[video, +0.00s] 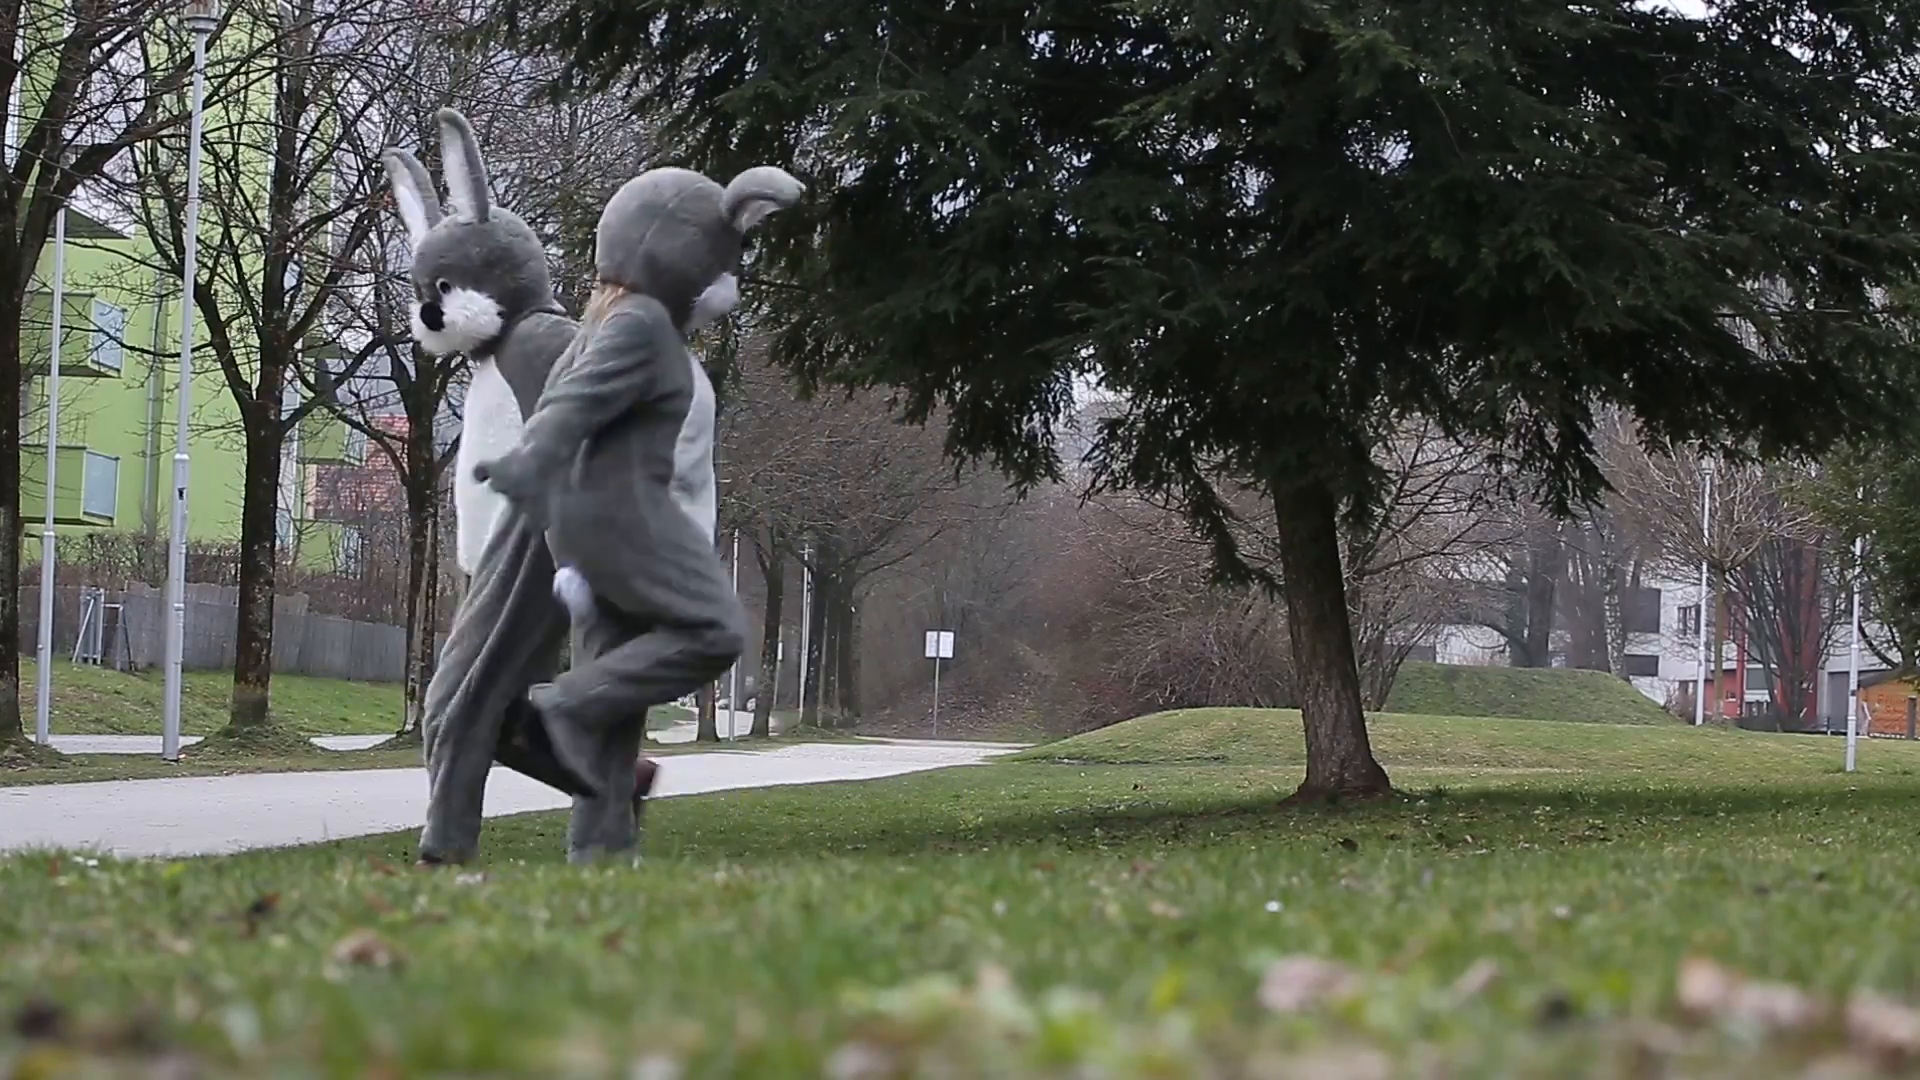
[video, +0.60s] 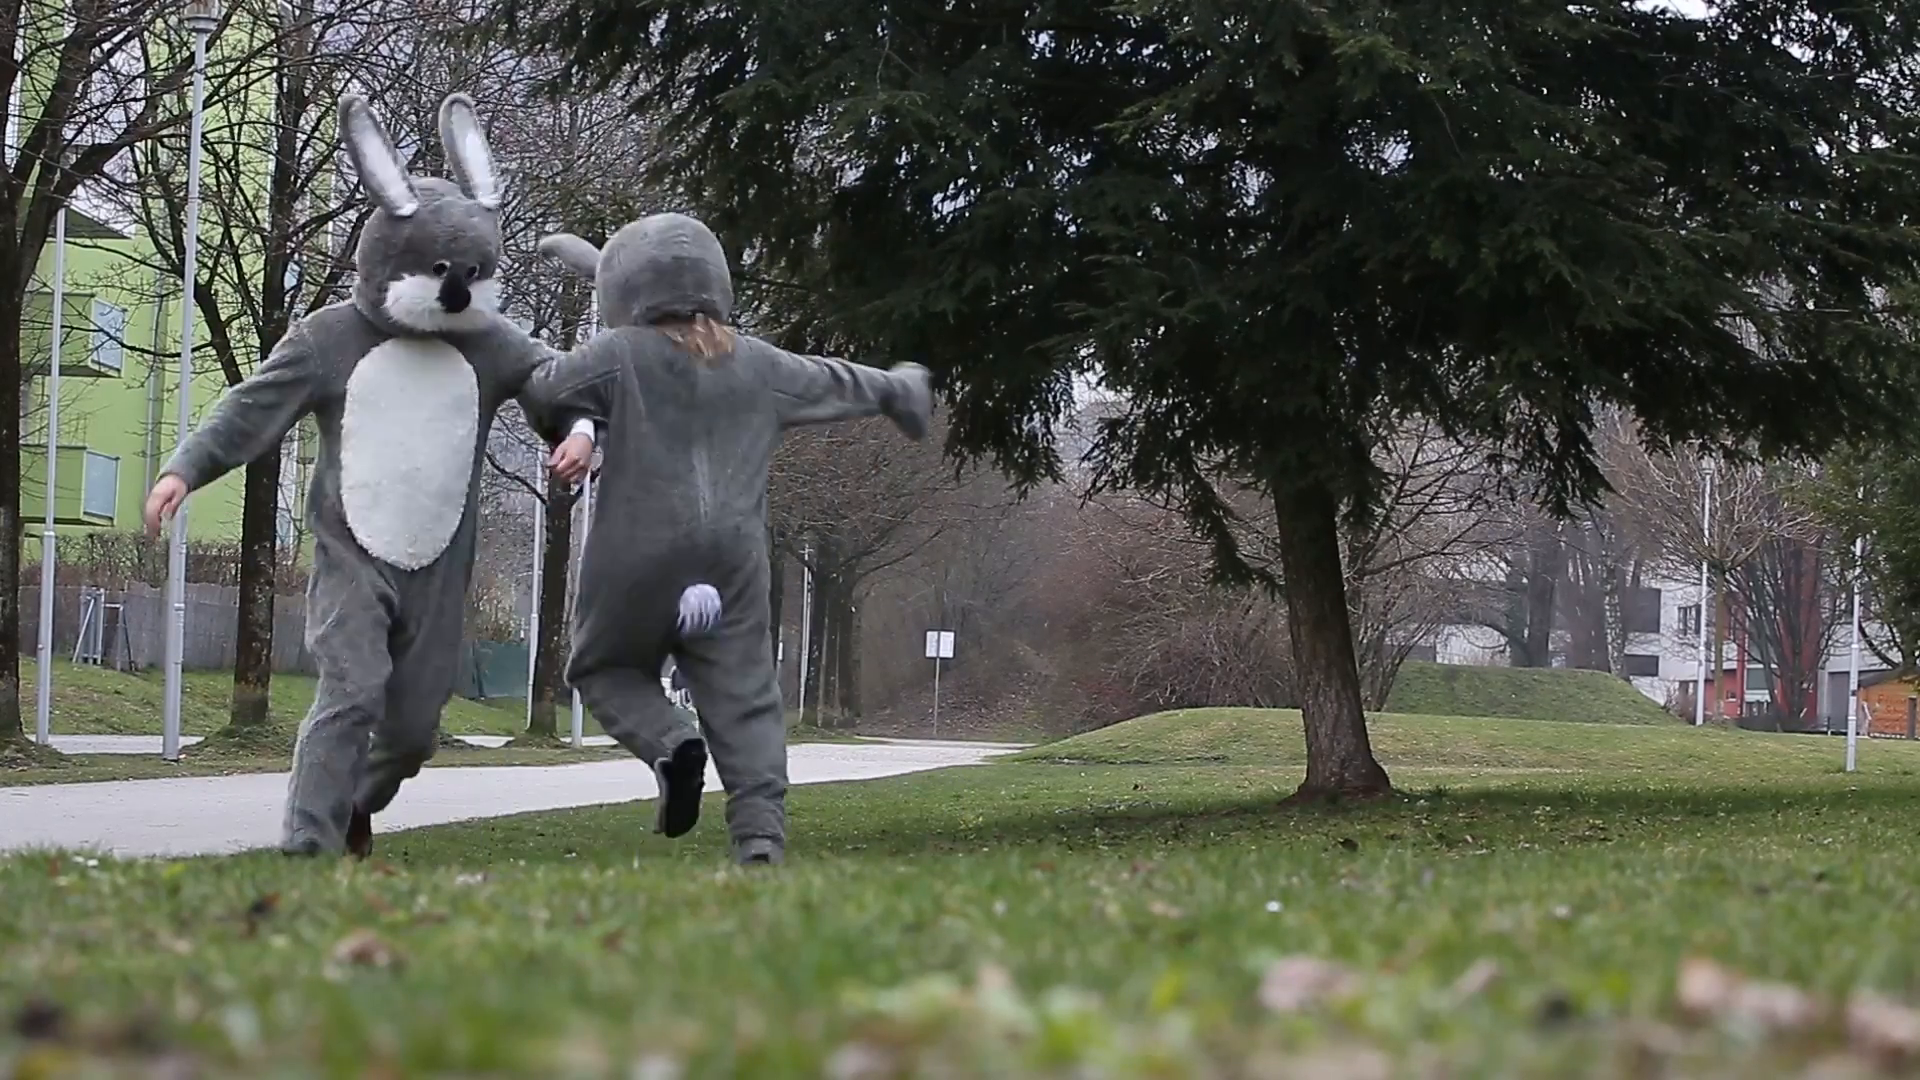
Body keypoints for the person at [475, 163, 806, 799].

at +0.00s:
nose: (732, 289)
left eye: (733, 271)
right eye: (723, 269)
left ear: (651, 255)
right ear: (678, 257)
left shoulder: (616, 327)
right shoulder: (641, 324)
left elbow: (562, 406)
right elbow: (572, 401)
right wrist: (526, 470)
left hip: (600, 524)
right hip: (624, 518)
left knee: (611, 672)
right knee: (716, 632)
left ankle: (601, 842)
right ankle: (565, 710)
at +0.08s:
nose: (743, 269)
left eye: (747, 253)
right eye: (739, 249)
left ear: (633, 240)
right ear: (700, 241)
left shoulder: (595, 314)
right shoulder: (670, 305)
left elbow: (542, 386)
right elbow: (617, 382)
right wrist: (552, 433)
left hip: (581, 507)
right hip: (652, 495)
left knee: (613, 667)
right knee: (751, 602)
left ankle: (614, 829)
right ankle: (654, 713)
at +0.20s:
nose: (745, 288)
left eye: (748, 275)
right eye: (741, 271)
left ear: (630, 264)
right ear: (709, 261)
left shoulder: (594, 338)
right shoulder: (690, 315)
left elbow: (528, 415)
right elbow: (706, 375)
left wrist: (571, 380)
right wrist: (733, 381)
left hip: (607, 530)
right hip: (701, 518)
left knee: (644, 686)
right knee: (771, 628)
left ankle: (664, 838)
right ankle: (744, 768)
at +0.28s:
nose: (738, 292)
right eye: (730, 278)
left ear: (627, 285)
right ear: (709, 280)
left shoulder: (595, 363)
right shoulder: (710, 341)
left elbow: (530, 432)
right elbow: (762, 360)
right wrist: (805, 374)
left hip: (624, 546)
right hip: (718, 534)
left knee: (652, 697)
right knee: (770, 671)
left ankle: (670, 843)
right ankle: (751, 820)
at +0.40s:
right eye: (731, 290)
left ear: (630, 301)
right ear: (722, 294)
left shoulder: (609, 373)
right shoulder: (747, 359)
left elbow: (544, 443)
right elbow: (831, 388)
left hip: (636, 560)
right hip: (736, 556)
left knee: (651, 696)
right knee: (750, 705)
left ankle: (663, 826)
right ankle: (748, 845)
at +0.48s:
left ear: (640, 307)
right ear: (732, 300)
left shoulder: (619, 375)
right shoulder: (773, 374)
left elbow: (548, 432)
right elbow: (874, 402)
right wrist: (967, 424)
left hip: (635, 574)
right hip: (741, 572)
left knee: (646, 704)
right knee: (746, 718)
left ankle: (663, 797)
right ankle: (744, 851)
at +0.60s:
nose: (610, 300)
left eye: (615, 287)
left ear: (630, 289)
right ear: (715, 284)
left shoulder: (619, 352)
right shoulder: (757, 361)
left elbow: (546, 388)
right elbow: (835, 381)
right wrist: (902, 385)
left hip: (638, 549)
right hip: (734, 546)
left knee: (608, 665)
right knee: (744, 695)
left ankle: (670, 743)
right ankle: (760, 836)